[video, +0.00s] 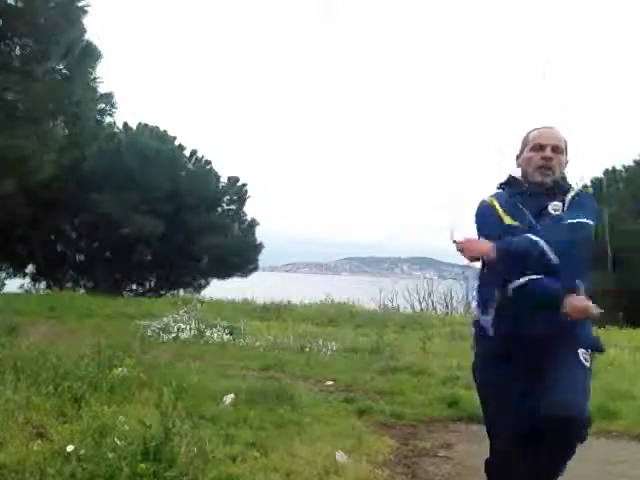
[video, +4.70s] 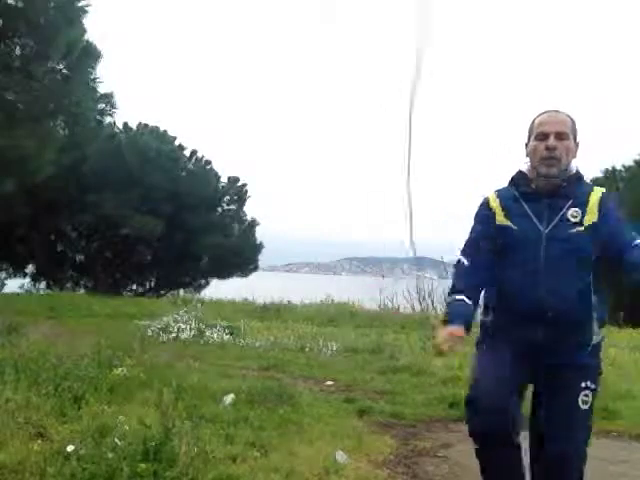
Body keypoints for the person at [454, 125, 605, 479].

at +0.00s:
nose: (547, 156)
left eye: (556, 150)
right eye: (538, 149)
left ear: (566, 161)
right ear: (520, 158)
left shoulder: (581, 203)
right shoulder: (494, 207)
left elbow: (562, 244)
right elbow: (507, 277)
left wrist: (496, 249)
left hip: (564, 336)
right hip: (503, 340)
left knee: (566, 420)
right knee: (509, 444)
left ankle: (530, 474)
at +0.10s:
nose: (550, 134)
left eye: (559, 129)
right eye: (540, 127)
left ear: (569, 141)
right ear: (522, 137)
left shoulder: (588, 195)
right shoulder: (489, 194)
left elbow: (603, 253)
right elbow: (467, 259)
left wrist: (606, 290)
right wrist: (450, 315)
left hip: (567, 335)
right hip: (503, 336)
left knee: (565, 428)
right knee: (509, 445)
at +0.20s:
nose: (552, 125)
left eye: (561, 120)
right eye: (543, 118)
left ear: (572, 133)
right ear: (525, 130)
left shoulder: (593, 188)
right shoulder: (488, 181)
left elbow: (625, 246)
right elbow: (444, 233)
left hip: (569, 331)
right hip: (502, 331)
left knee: (558, 436)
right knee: (508, 441)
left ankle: (557, 475)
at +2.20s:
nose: (556, 132)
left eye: (565, 126)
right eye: (548, 126)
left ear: (579, 138)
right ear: (534, 138)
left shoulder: (604, 192)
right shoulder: (502, 191)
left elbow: (627, 259)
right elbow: (469, 249)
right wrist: (429, 287)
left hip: (580, 336)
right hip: (517, 336)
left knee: (572, 430)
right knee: (522, 439)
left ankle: (570, 473)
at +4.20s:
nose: (548, 137)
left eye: (557, 131)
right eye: (540, 130)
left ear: (571, 141)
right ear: (526, 140)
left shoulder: (599, 194)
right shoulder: (496, 192)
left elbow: (633, 249)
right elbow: (459, 246)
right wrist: (410, 269)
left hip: (573, 338)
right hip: (509, 337)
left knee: (570, 437)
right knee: (516, 437)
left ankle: (553, 473)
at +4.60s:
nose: (552, 152)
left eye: (562, 146)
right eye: (543, 146)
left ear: (577, 158)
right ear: (529, 156)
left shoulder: (605, 211)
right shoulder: (495, 209)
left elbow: (636, 248)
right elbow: (448, 257)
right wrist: (391, 280)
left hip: (574, 355)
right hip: (506, 351)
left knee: (559, 454)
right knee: (495, 429)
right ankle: (524, 473)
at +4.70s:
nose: (550, 145)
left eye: (560, 138)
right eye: (542, 137)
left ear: (575, 148)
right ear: (528, 147)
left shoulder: (598, 204)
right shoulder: (497, 205)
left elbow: (629, 253)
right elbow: (472, 266)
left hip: (572, 347)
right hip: (505, 343)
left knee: (562, 453)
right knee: (487, 413)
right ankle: (505, 474)